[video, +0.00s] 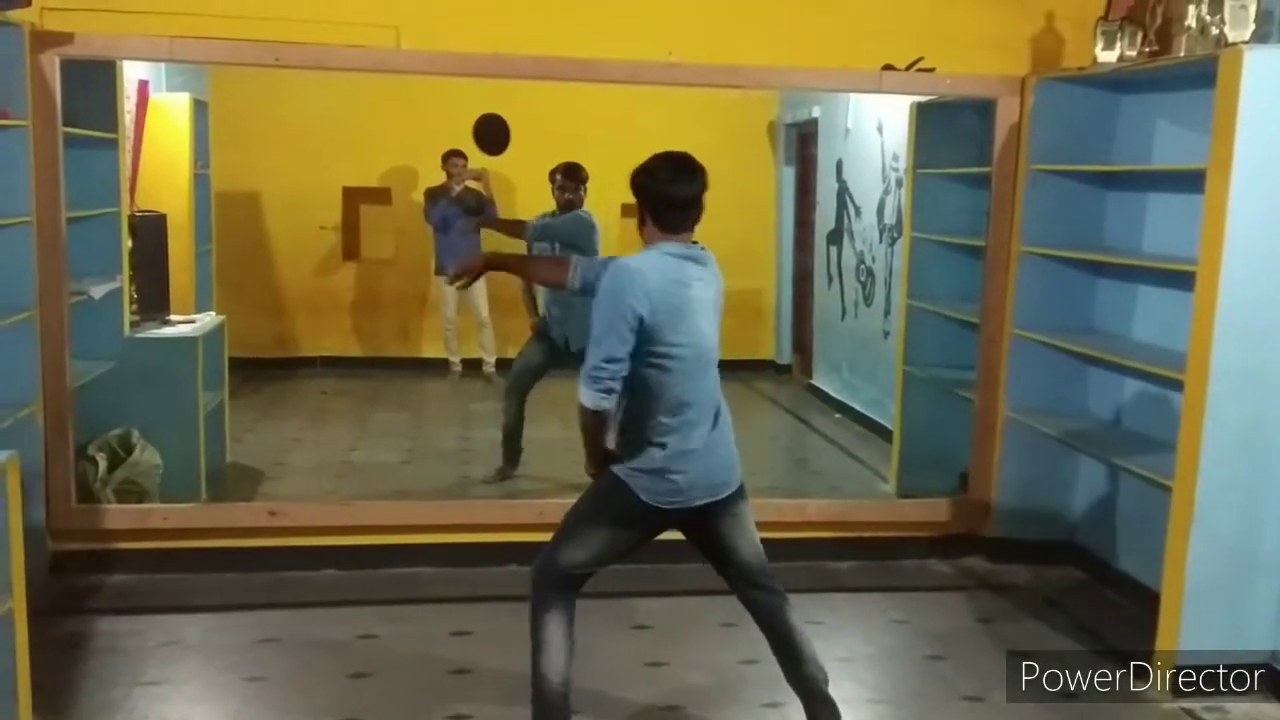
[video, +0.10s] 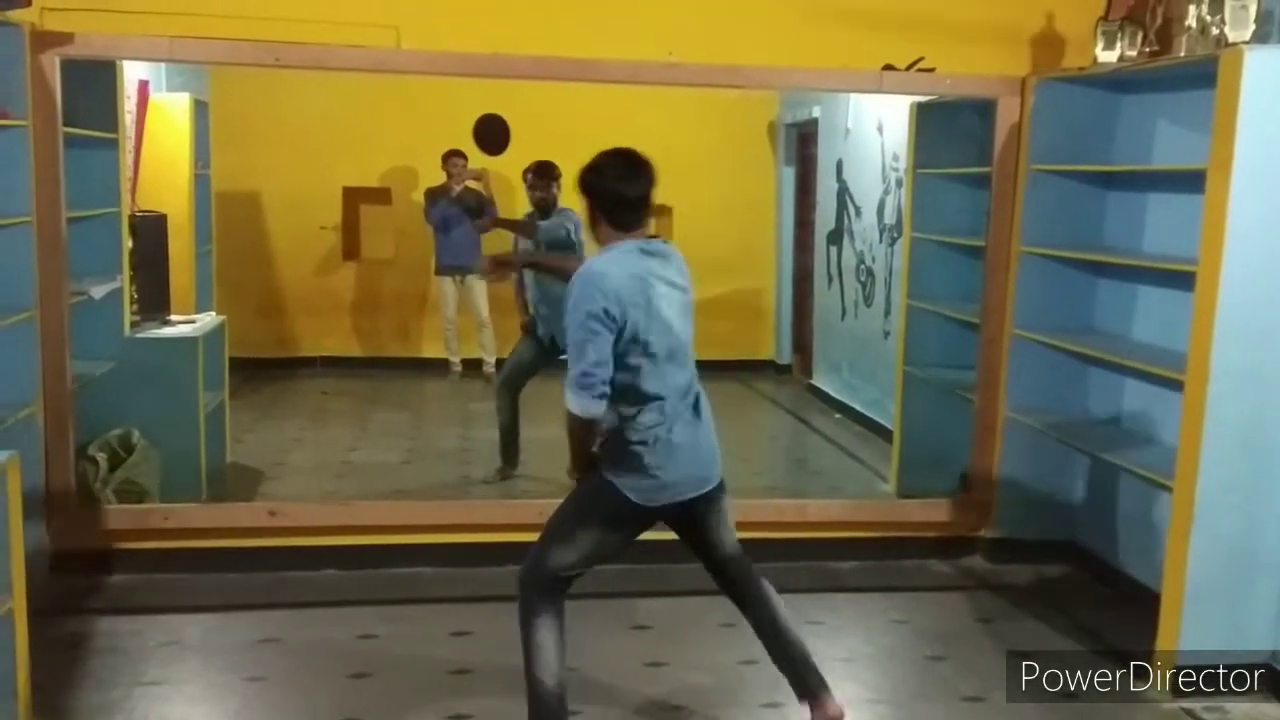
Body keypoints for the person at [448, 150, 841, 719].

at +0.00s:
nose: (629, 206)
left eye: (633, 200)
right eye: (638, 198)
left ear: (639, 210)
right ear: (699, 211)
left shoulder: (626, 276)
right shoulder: (705, 269)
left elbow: (598, 392)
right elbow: (576, 270)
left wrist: (596, 460)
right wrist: (493, 259)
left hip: (652, 475)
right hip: (715, 469)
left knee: (554, 578)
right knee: (766, 594)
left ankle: (550, 713)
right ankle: (825, 713)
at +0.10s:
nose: (584, 209)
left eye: (585, 202)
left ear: (590, 209)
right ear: (649, 205)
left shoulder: (596, 280)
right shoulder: (671, 262)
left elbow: (586, 405)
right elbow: (598, 273)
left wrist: (580, 463)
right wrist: (526, 260)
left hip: (639, 471)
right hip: (696, 460)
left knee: (541, 579)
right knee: (740, 575)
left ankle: (547, 711)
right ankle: (821, 701)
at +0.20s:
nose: (527, 238)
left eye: (529, 229)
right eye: (528, 228)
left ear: (542, 237)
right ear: (594, 227)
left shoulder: (573, 314)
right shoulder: (628, 279)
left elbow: (606, 434)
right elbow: (670, 280)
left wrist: (581, 479)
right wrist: (603, 258)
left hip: (637, 485)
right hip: (686, 469)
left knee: (527, 585)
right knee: (687, 550)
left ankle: (544, 711)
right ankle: (768, 582)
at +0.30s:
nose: (516, 256)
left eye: (516, 247)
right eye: (517, 246)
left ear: (528, 254)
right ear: (582, 241)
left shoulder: (559, 316)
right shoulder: (628, 275)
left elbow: (591, 441)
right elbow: (639, 263)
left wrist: (567, 495)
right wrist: (593, 250)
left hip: (631, 488)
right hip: (681, 471)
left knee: (523, 586)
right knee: (685, 557)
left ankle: (542, 709)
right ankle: (728, 526)